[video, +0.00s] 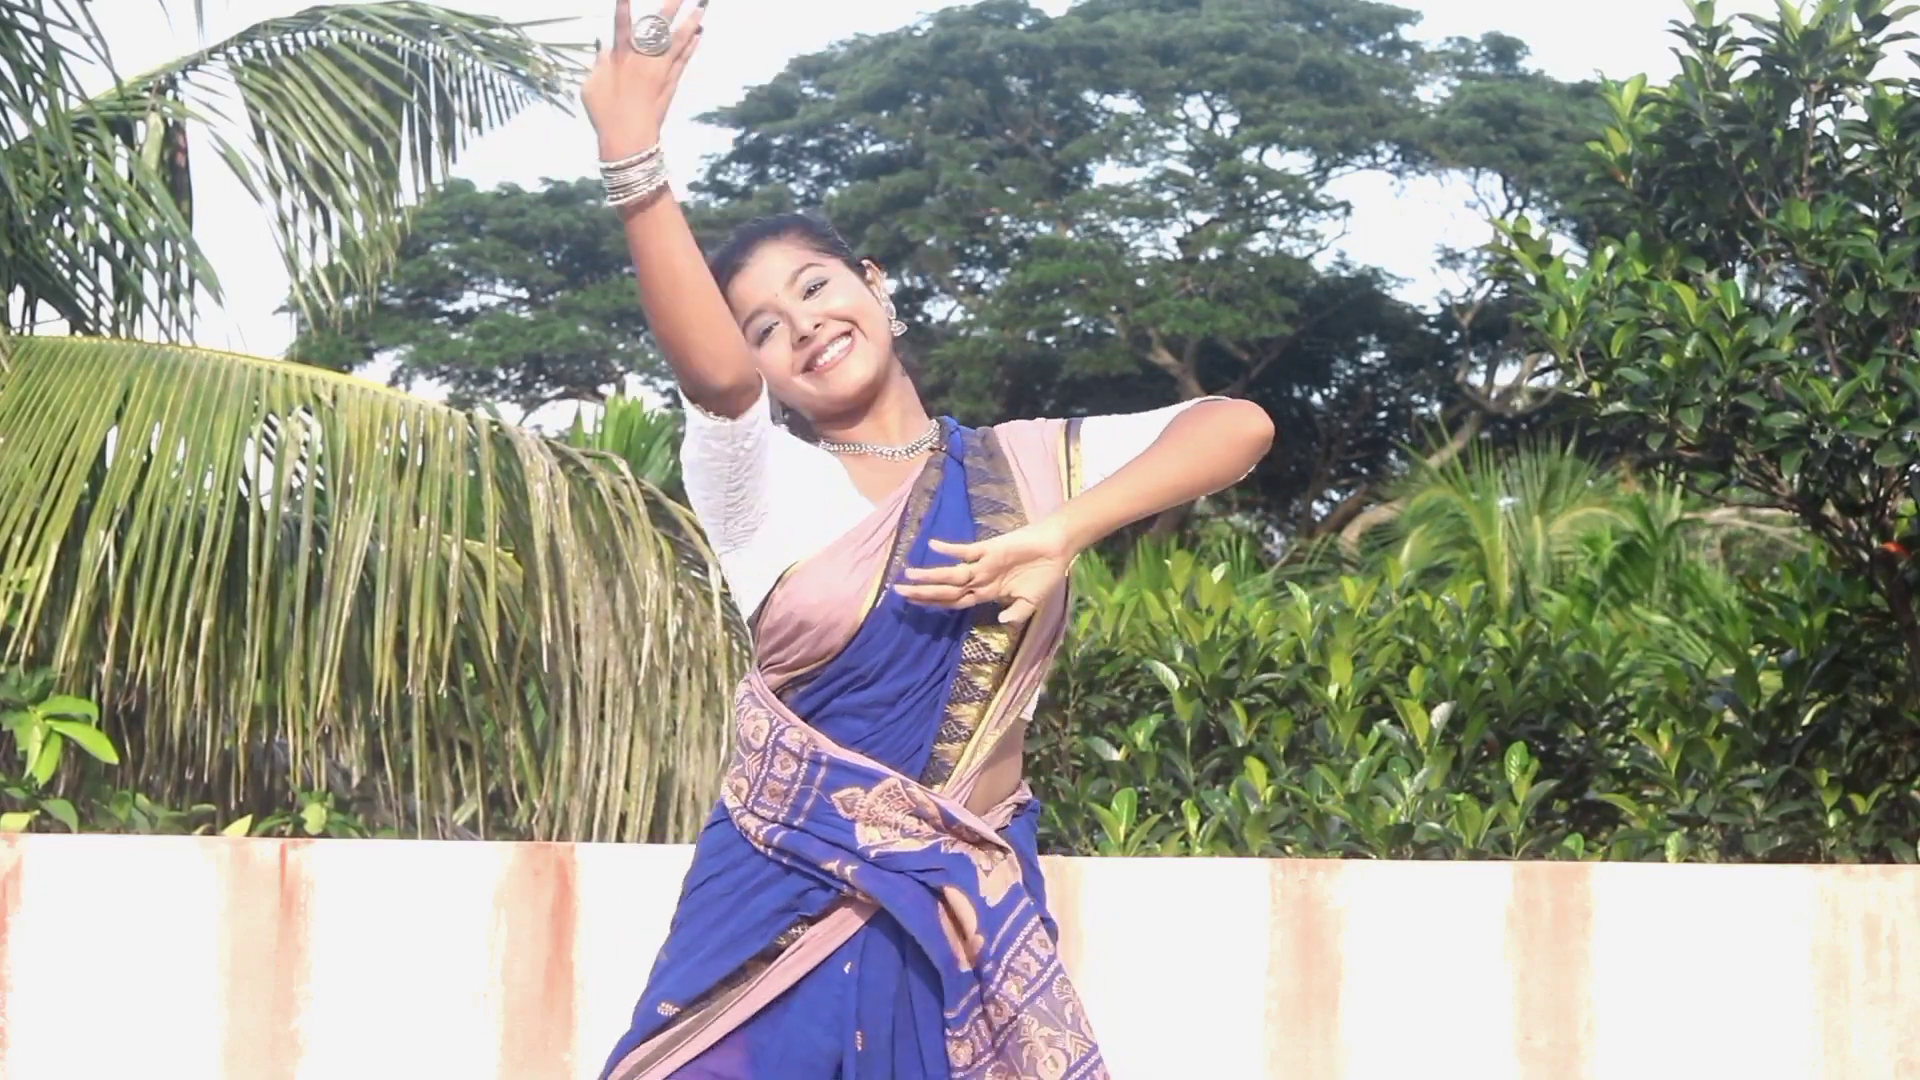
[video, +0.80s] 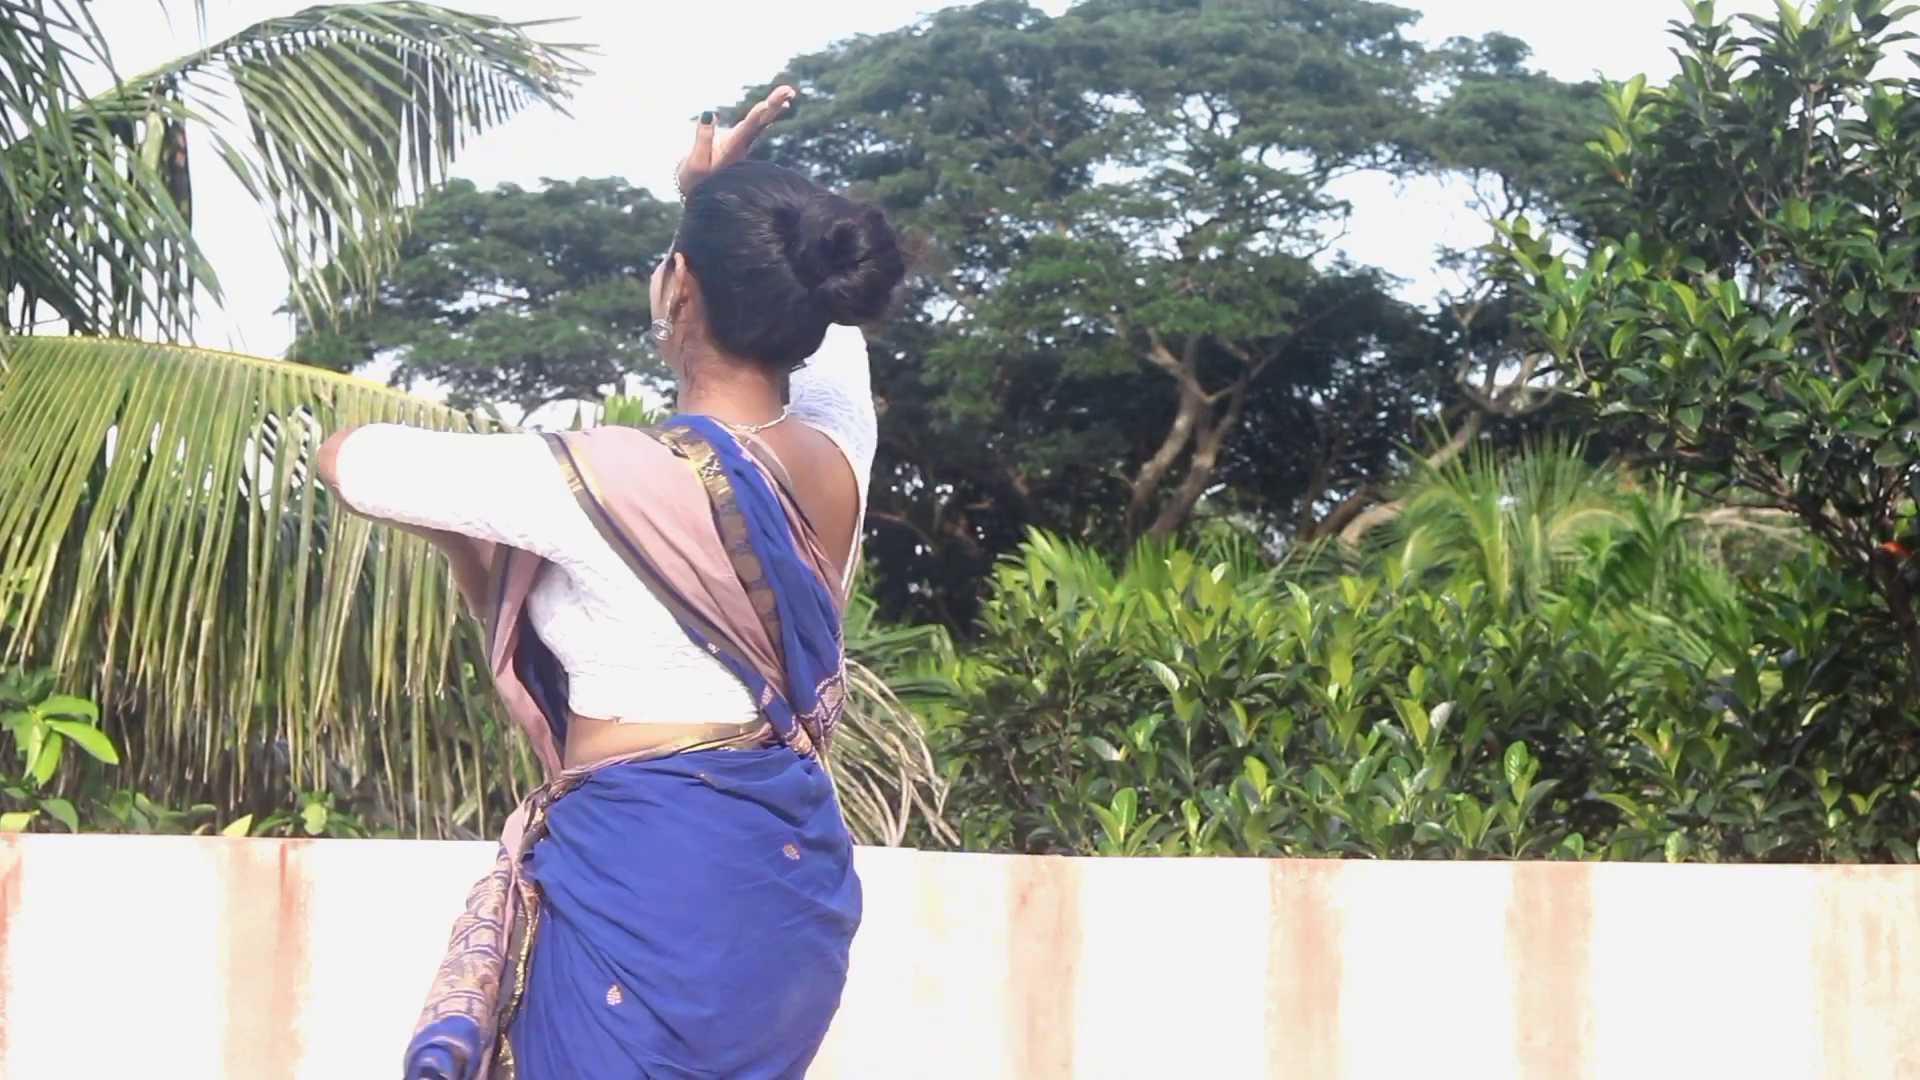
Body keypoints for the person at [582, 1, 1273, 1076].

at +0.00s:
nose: (803, 323)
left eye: (816, 284)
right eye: (766, 326)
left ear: (882, 292)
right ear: (751, 376)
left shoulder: (1024, 461)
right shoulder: (764, 487)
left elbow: (1242, 426)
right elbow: (718, 375)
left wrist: (1067, 529)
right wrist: (632, 157)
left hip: (972, 930)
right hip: (769, 917)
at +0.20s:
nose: (802, 299)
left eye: (828, 262)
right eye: (770, 294)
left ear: (901, 272)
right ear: (759, 343)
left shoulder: (1004, 449)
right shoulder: (742, 466)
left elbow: (1177, 421)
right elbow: (606, 353)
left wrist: (966, 530)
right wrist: (506, 167)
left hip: (912, 877)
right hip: (720, 869)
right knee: (606, 1069)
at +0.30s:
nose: (785, 291)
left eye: (819, 258)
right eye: (766, 275)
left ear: (905, 272)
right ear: (752, 309)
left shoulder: (969, 460)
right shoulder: (733, 452)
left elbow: (1050, 417)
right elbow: (549, 343)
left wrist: (837, 527)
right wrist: (540, 163)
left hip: (860, 866)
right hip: (686, 859)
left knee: (868, 1060)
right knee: (590, 1061)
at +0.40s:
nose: (770, 287)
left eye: (807, 256)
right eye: (759, 269)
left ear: (897, 278)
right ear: (749, 300)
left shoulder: (947, 464)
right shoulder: (720, 445)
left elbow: (959, 417)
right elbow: (532, 335)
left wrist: (752, 524)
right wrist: (574, 158)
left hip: (842, 856)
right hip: (666, 853)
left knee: (852, 1058)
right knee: (600, 1060)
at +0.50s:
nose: (730, 280)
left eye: (768, 255)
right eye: (740, 256)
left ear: (856, 290)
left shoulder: (866, 464)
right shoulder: (726, 436)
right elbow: (551, 325)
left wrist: (600, 524)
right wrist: (650, 148)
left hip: (765, 869)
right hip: (637, 862)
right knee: (608, 1063)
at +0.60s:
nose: (708, 278)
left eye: (740, 254)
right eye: (723, 252)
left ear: (816, 290)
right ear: (811, 293)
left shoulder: (803, 473)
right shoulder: (771, 442)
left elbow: (613, 432)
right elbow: (597, 323)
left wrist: (538, 523)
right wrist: (678, 142)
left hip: (726, 874)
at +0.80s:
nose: (661, 270)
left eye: (668, 255)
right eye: (672, 250)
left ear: (681, 291)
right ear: (805, 316)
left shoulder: (607, 472)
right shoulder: (830, 476)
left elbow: (354, 459)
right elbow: (821, 322)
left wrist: (487, 543)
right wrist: (726, 205)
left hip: (647, 857)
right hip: (807, 859)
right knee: (746, 1061)